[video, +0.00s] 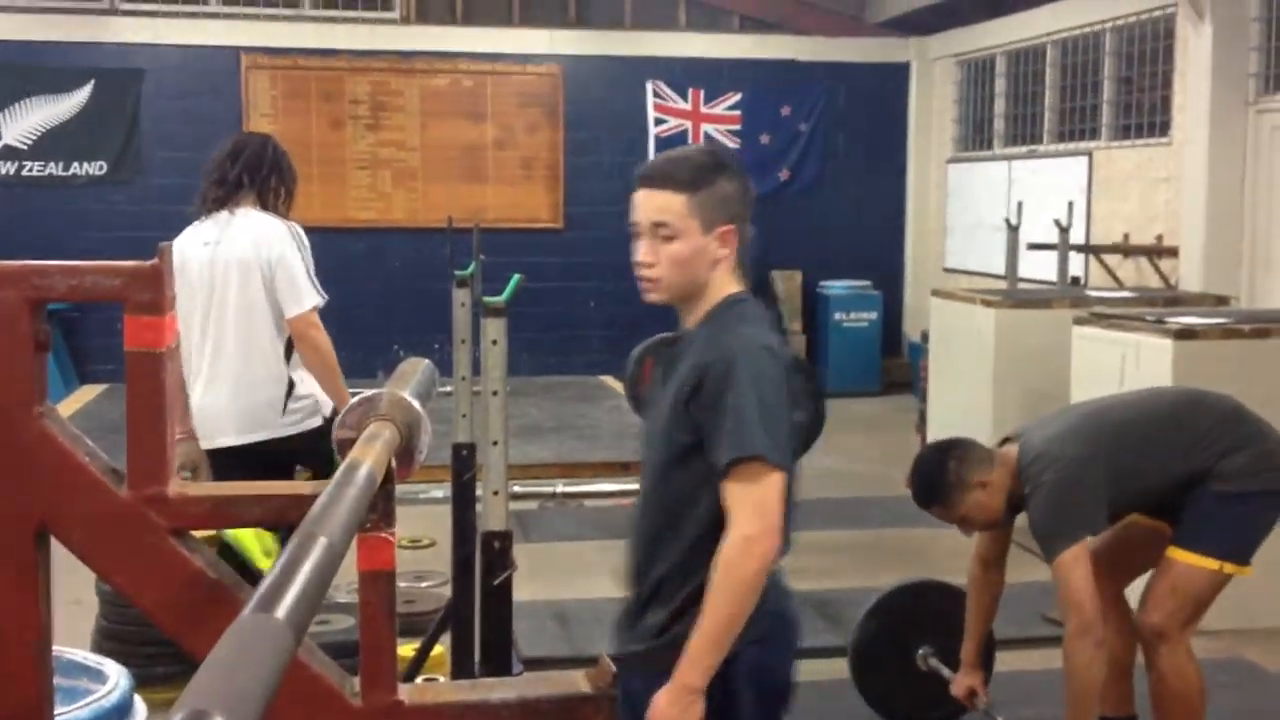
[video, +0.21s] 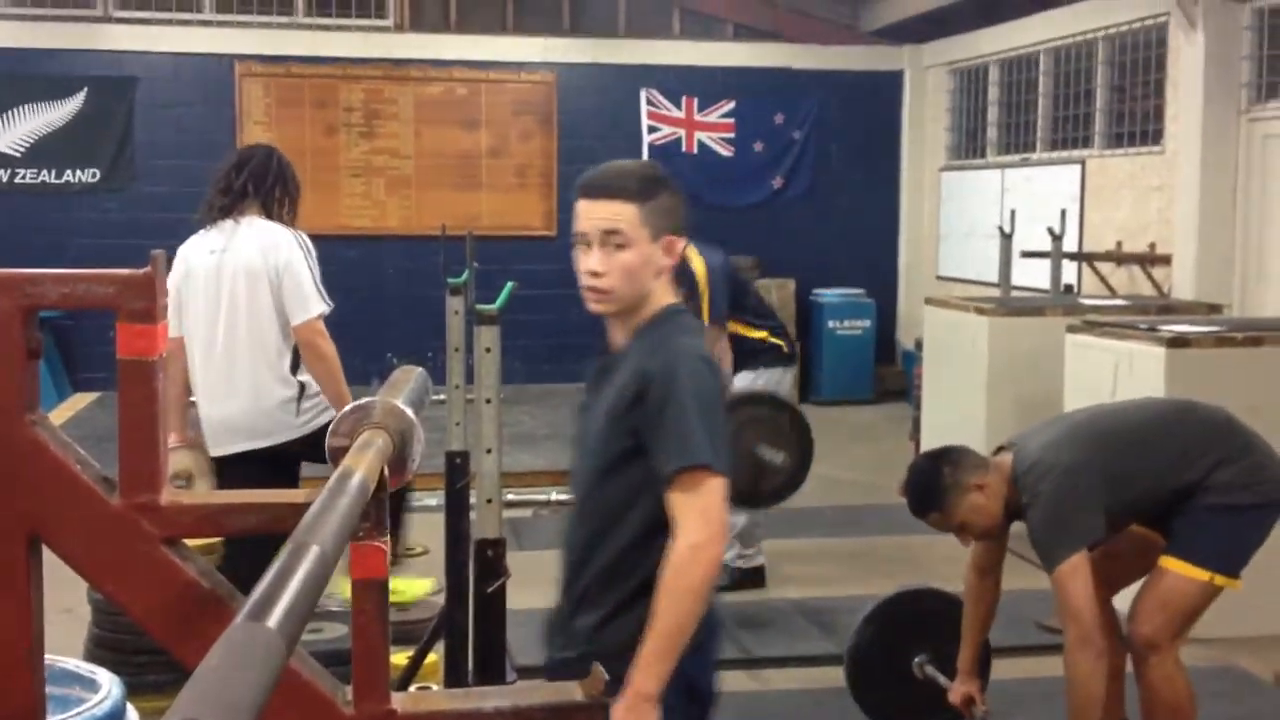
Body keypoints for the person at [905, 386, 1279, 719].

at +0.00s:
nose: (970, 530)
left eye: (965, 519)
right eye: (960, 523)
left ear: (984, 483)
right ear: (981, 470)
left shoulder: (1054, 484)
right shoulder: (1010, 458)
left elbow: (1086, 629)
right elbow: (987, 563)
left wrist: (1077, 711)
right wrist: (970, 665)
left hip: (1246, 469)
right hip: (1190, 468)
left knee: (1159, 625)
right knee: (1099, 575)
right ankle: (1117, 711)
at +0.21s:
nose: (966, 538)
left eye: (962, 527)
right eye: (956, 532)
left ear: (981, 488)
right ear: (977, 480)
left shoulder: (1052, 488)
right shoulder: (1007, 468)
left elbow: (1089, 642)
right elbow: (983, 573)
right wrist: (967, 673)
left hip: (1239, 482)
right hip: (1183, 480)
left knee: (1148, 635)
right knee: (1088, 583)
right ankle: (1108, 708)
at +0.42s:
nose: (964, 547)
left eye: (963, 537)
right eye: (956, 540)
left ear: (983, 504)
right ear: (979, 493)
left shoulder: (1058, 491)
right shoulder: (1003, 473)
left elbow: (1089, 643)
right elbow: (981, 580)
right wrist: (963, 680)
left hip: (1235, 486)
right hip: (1175, 481)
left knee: (1135, 637)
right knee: (1076, 608)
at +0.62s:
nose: (961, 542)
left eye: (959, 532)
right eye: (953, 535)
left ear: (982, 504)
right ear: (979, 493)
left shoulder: (1067, 494)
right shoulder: (1005, 476)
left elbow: (1091, 648)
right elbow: (982, 588)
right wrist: (964, 685)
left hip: (1236, 493)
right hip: (1176, 488)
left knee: (1134, 641)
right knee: (1071, 610)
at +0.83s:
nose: (970, 536)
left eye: (967, 523)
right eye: (961, 528)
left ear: (989, 487)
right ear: (986, 480)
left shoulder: (1074, 492)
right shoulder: (1007, 484)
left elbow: (1092, 643)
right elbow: (986, 596)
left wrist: (1092, 712)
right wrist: (966, 688)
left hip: (1237, 498)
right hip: (1175, 496)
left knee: (1135, 643)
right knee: (1070, 614)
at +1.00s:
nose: (973, 533)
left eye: (971, 519)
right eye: (964, 525)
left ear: (992, 481)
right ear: (990, 476)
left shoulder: (1076, 488)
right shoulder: (1009, 485)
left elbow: (1088, 641)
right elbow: (988, 595)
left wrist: (1091, 710)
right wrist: (969, 687)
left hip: (1237, 498)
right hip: (1176, 498)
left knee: (1133, 640)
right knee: (1065, 612)